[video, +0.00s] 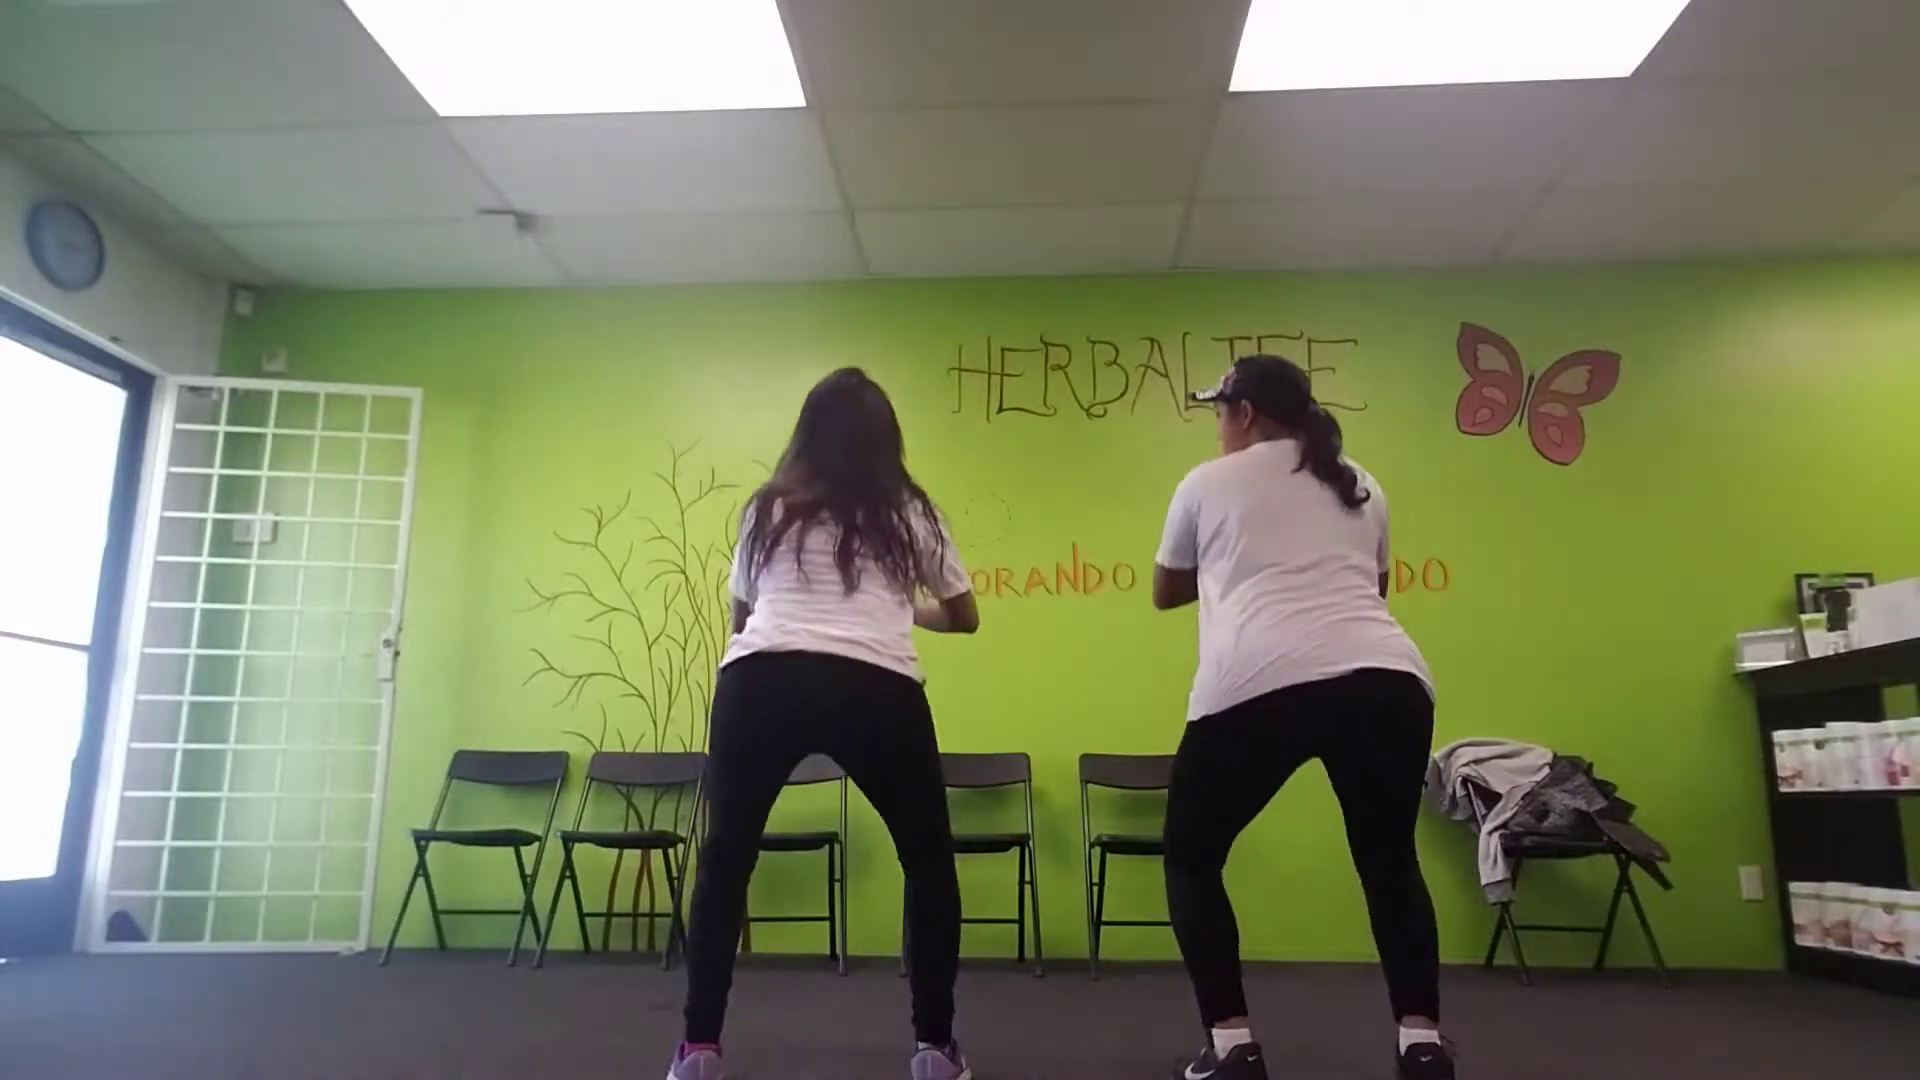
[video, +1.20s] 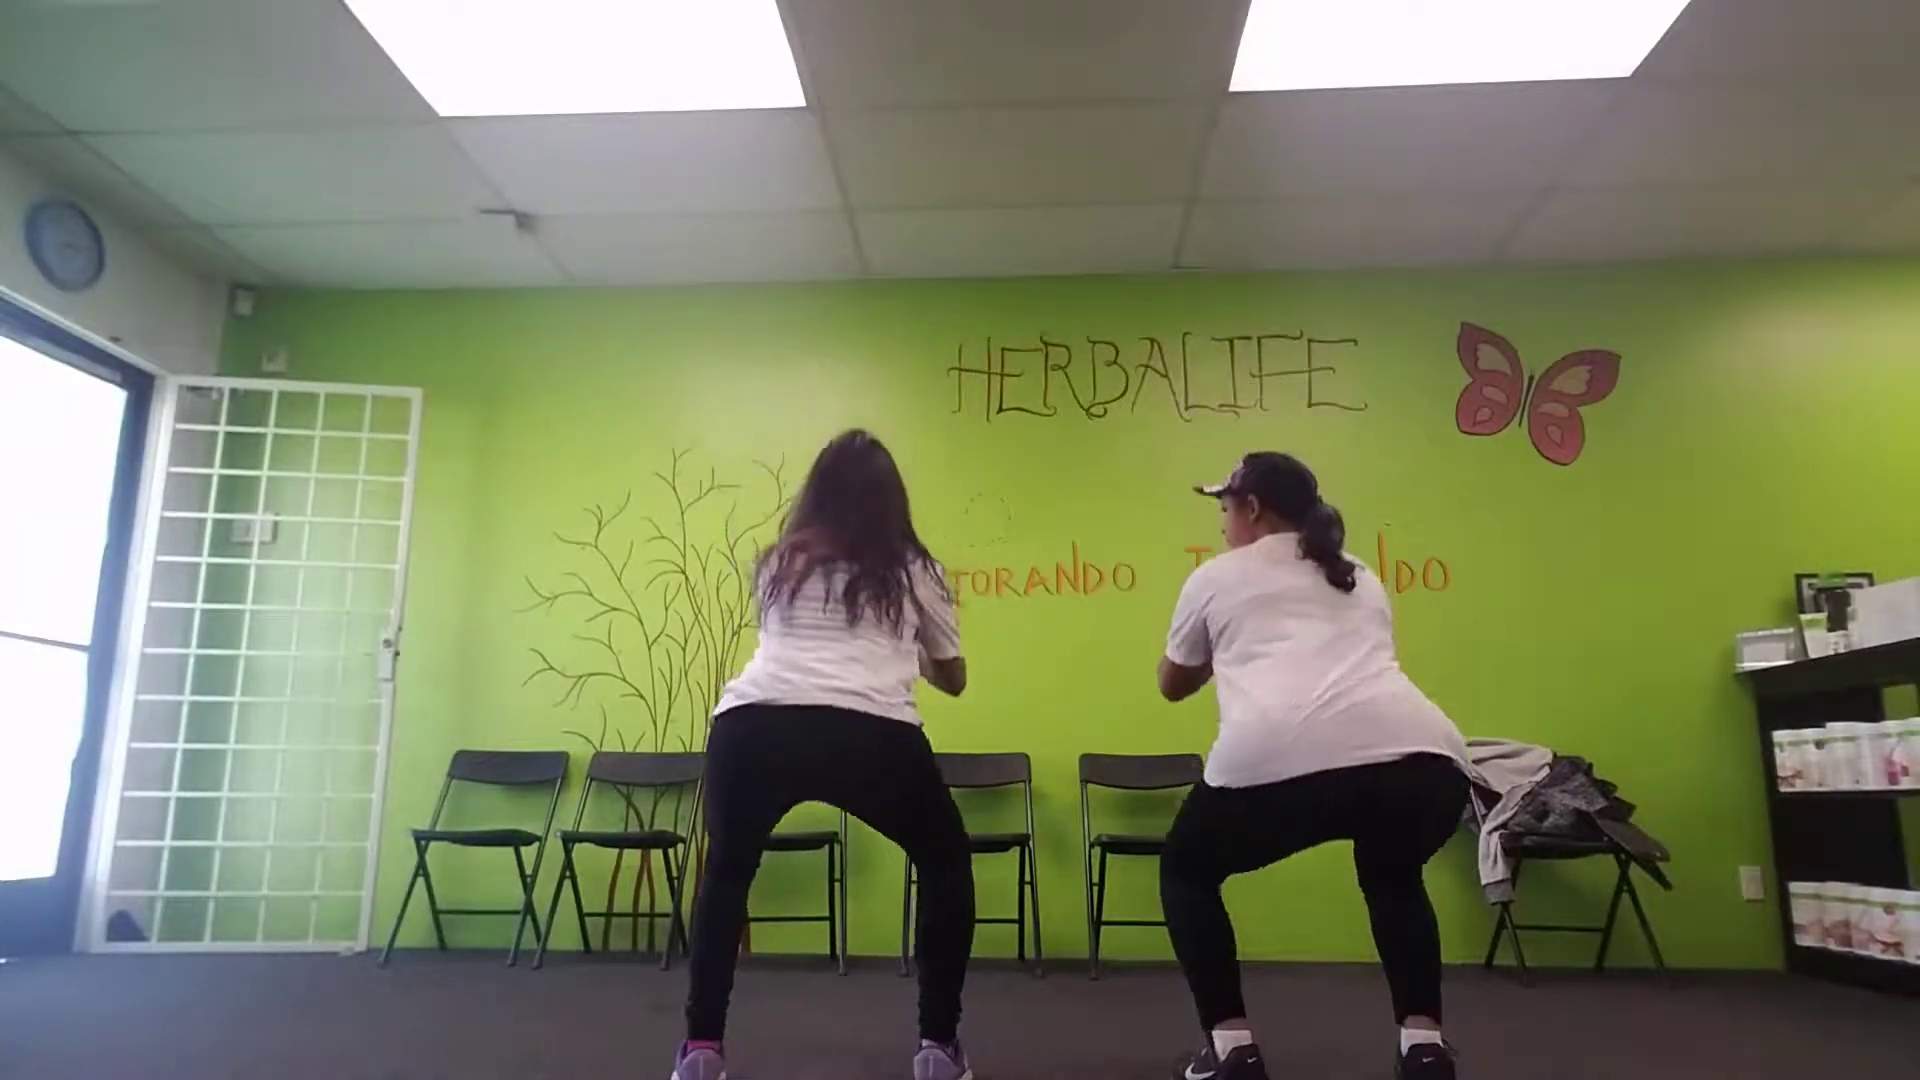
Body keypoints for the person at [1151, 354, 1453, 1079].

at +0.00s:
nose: (1218, 429)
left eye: (1222, 415)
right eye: (1219, 415)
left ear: (1246, 416)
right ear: (1298, 416)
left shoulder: (1206, 484)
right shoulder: (1361, 484)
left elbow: (1169, 591)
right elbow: (1378, 584)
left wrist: (1249, 559)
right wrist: (1300, 565)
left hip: (1256, 690)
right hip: (1383, 682)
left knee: (1192, 859)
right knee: (1390, 855)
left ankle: (1232, 1045)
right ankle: (1421, 1036)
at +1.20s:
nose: (1224, 523)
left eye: (1228, 509)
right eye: (1224, 510)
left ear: (1252, 510)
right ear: (1303, 511)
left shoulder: (1216, 579)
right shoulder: (1362, 576)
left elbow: (1174, 683)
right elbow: (1378, 662)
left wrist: (1236, 631)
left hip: (1275, 775)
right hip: (1420, 767)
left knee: (1187, 872)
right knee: (1392, 870)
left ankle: (1232, 1047)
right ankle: (1424, 1042)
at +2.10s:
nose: (1221, 404)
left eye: (1227, 390)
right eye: (1222, 391)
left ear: (1257, 389)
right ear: (1298, 390)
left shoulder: (1219, 455)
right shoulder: (1369, 456)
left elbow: (1175, 572)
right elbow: (1400, 572)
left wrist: (1251, 583)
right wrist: (1327, 583)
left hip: (1269, 660)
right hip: (1393, 654)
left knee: (1210, 847)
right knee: (1394, 847)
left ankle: (1233, 1045)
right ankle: (1422, 1036)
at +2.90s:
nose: (1231, 391)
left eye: (1235, 376)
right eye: (1231, 378)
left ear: (1265, 371)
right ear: (1311, 372)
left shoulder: (1226, 439)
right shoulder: (1384, 444)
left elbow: (1180, 557)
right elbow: (1398, 559)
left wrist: (1261, 546)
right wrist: (1321, 551)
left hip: (1268, 655)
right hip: (1395, 649)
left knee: (1217, 850)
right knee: (1396, 845)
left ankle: (1234, 1047)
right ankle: (1423, 1041)